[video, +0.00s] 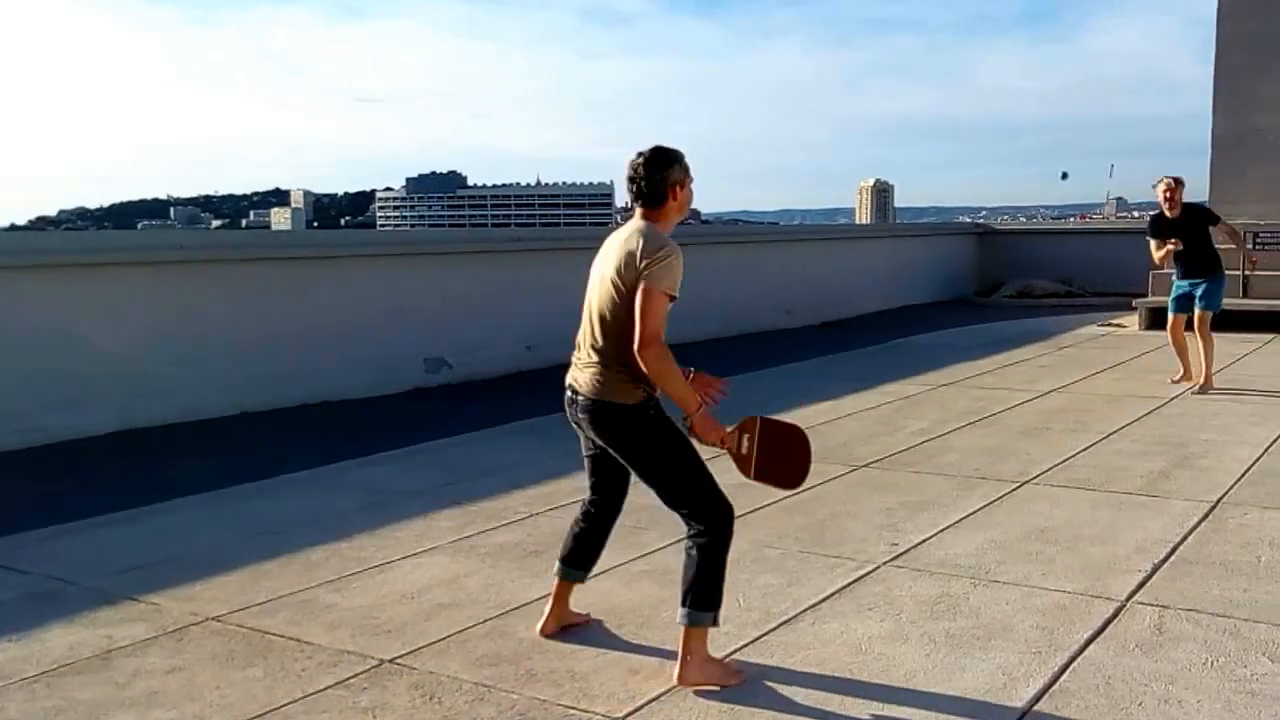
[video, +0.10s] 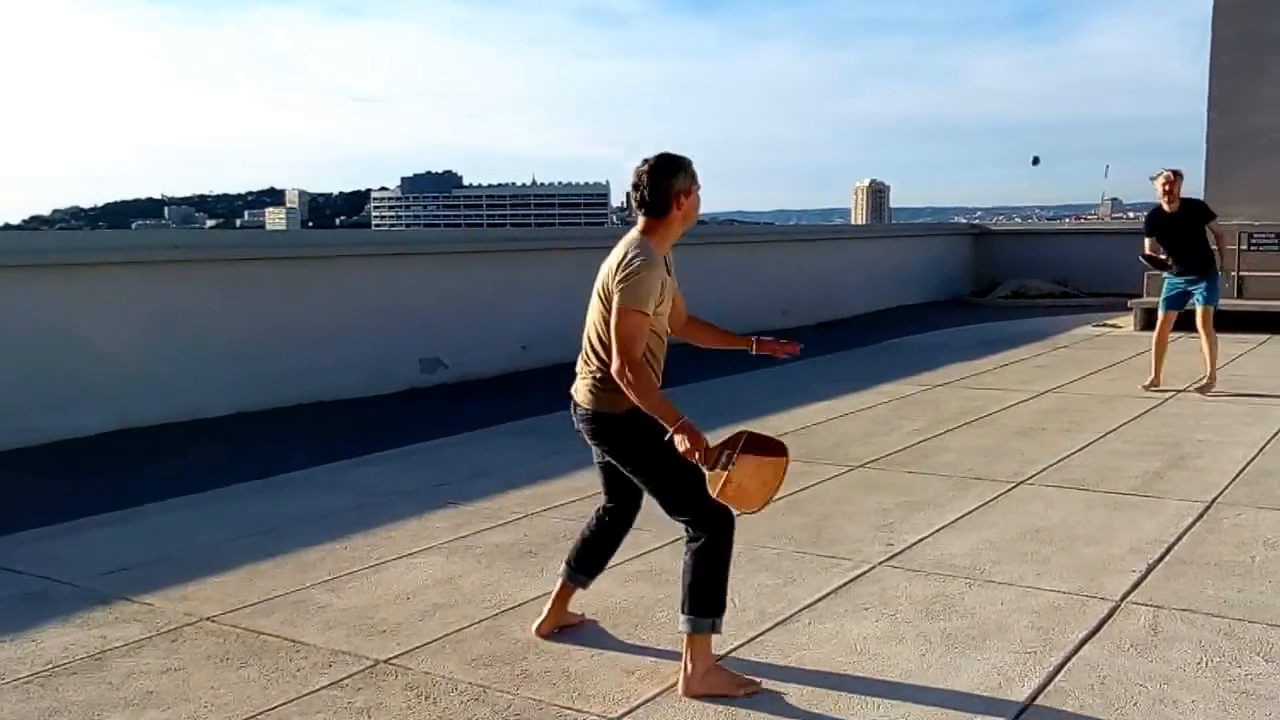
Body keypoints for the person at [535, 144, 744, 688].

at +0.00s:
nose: (692, 192)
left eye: (689, 183)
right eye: (689, 183)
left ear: (641, 192)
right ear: (675, 191)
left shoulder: (619, 239)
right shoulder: (661, 250)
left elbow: (627, 335)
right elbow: (649, 349)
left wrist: (685, 377)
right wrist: (695, 412)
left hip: (581, 396)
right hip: (620, 406)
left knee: (603, 500)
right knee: (712, 515)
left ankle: (556, 611)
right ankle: (694, 658)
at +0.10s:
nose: (698, 201)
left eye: (695, 192)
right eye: (695, 193)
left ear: (649, 200)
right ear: (681, 202)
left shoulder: (651, 257)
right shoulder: (640, 265)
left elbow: (681, 326)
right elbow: (626, 366)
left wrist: (754, 343)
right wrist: (680, 424)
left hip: (604, 408)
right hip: (620, 415)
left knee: (619, 507)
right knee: (711, 518)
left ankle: (555, 611)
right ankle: (700, 666)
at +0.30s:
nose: (704, 223)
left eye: (702, 214)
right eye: (699, 215)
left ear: (665, 225)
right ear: (678, 227)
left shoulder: (668, 269)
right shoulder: (638, 288)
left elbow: (723, 295)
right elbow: (670, 387)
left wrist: (799, 294)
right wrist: (738, 404)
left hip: (626, 421)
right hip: (627, 432)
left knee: (636, 517)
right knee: (731, 527)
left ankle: (551, 606)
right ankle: (691, 667)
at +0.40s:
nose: (697, 221)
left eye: (695, 211)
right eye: (692, 213)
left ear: (650, 221)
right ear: (670, 223)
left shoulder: (623, 262)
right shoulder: (648, 281)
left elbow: (704, 302)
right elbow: (707, 357)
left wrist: (779, 308)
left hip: (605, 421)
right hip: (633, 433)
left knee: (629, 513)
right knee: (734, 530)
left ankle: (547, 605)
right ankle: (687, 668)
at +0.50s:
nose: (679, 205)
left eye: (676, 195)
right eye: (676, 197)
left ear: (625, 204)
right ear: (661, 205)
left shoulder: (601, 252)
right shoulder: (658, 261)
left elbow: (663, 313)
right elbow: (719, 304)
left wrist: (735, 329)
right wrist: (760, 254)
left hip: (590, 415)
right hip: (632, 427)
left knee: (615, 507)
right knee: (728, 529)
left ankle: (541, 605)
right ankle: (683, 665)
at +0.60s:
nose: (657, 183)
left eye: (653, 175)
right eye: (654, 176)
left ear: (604, 188)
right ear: (643, 184)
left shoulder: (583, 238)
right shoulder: (652, 237)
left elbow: (609, 312)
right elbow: (699, 263)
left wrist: (668, 350)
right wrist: (708, 210)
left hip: (576, 401)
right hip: (623, 411)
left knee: (595, 492)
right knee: (707, 524)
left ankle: (537, 603)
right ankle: (677, 666)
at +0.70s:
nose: (637, 177)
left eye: (633, 168)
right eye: (634, 169)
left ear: (583, 180)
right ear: (624, 176)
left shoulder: (556, 235)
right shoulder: (639, 223)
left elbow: (549, 323)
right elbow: (678, 255)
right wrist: (660, 204)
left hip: (559, 389)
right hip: (613, 394)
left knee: (564, 488)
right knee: (679, 520)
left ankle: (520, 600)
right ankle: (672, 666)